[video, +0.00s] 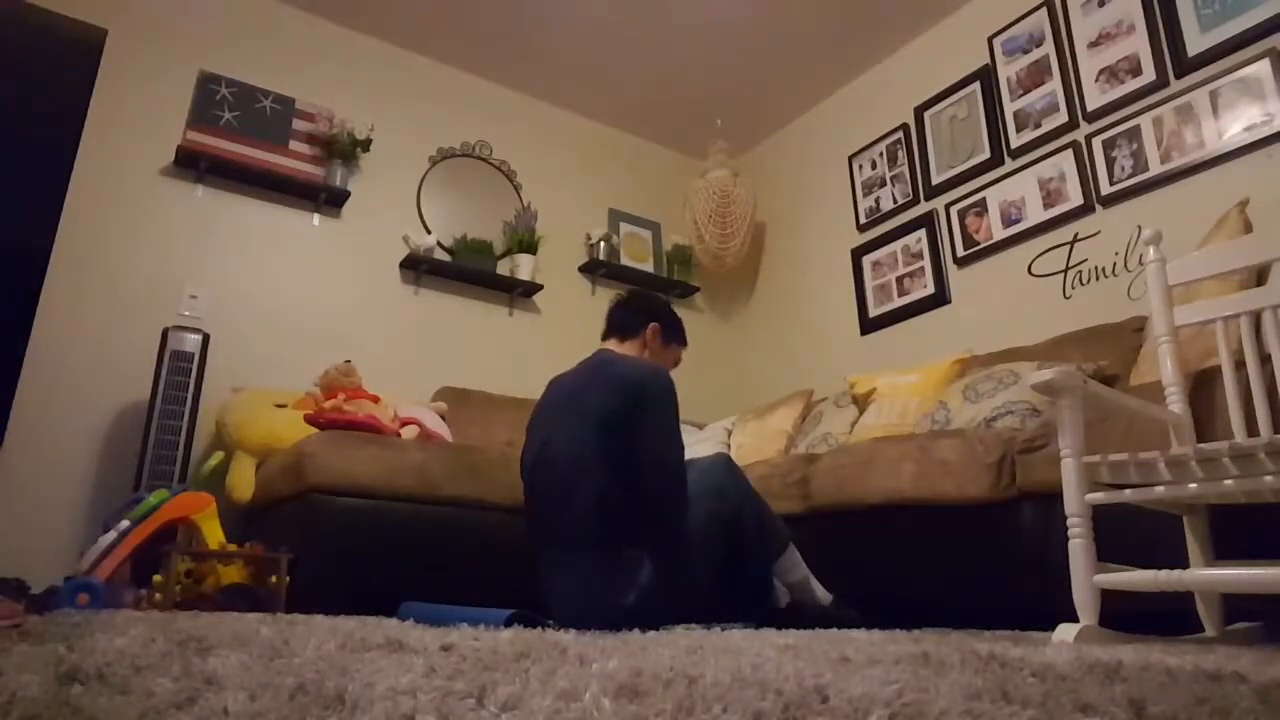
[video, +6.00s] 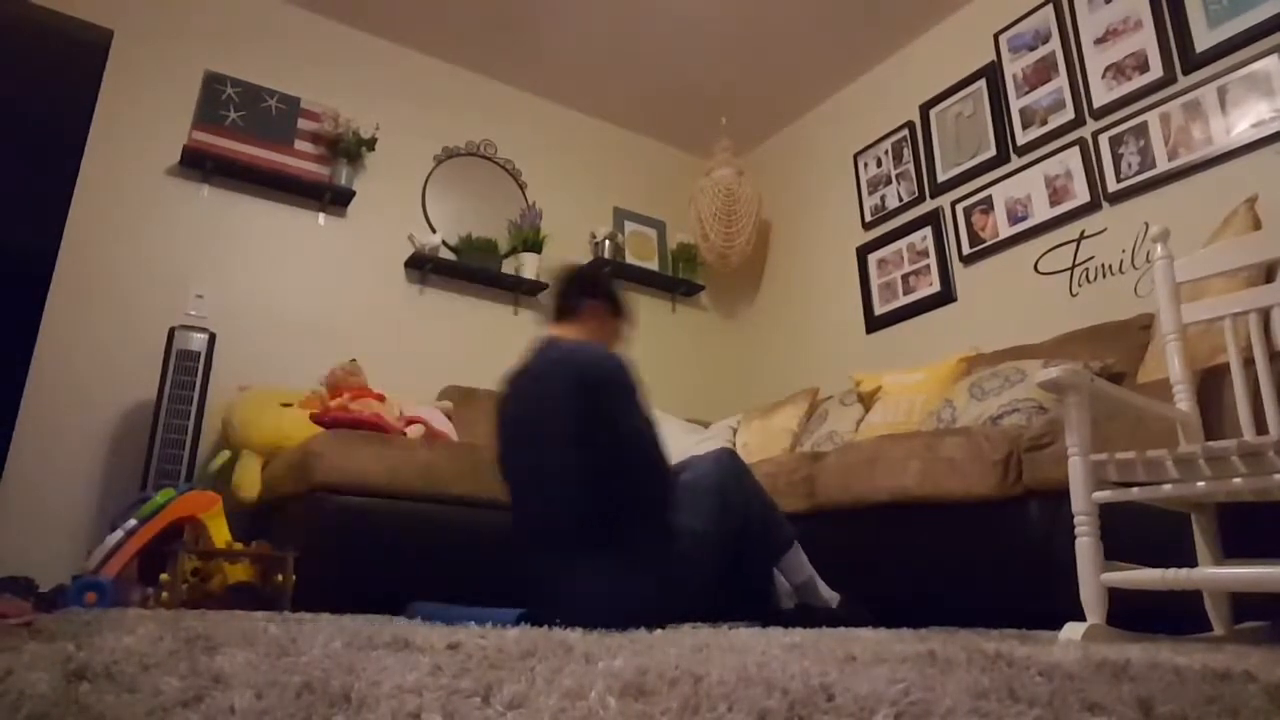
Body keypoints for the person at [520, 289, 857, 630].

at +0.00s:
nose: (669, 375)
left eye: (674, 367)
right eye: (672, 364)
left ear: (608, 336)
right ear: (652, 336)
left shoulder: (556, 388)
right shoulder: (646, 382)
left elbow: (536, 486)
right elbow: (667, 504)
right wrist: (674, 579)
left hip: (566, 598)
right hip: (628, 598)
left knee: (716, 470)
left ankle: (809, 592)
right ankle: (779, 605)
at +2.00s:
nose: (400, 383)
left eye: (389, 371)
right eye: (386, 376)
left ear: (341, 417)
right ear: (356, 406)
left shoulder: (364, 501)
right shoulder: (432, 480)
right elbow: (569, 505)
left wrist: (443, 456)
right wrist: (484, 454)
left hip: (541, 593)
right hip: (596, 588)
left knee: (668, 494)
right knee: (706, 477)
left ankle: (775, 613)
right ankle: (807, 599)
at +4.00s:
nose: (401, 387)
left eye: (391, 375)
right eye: (387, 379)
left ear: (343, 414)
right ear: (356, 404)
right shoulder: (427, 478)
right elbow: (570, 503)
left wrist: (444, 455)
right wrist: (482, 455)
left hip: (541, 595)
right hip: (595, 590)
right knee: (709, 474)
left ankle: (786, 610)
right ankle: (806, 599)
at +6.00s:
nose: (617, 341)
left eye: (618, 330)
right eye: (617, 328)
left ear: (561, 312)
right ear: (598, 312)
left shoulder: (519, 382)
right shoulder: (599, 368)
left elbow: (521, 488)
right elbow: (653, 487)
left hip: (555, 590)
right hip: (627, 592)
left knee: (718, 465)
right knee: (719, 474)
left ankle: (812, 591)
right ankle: (787, 600)